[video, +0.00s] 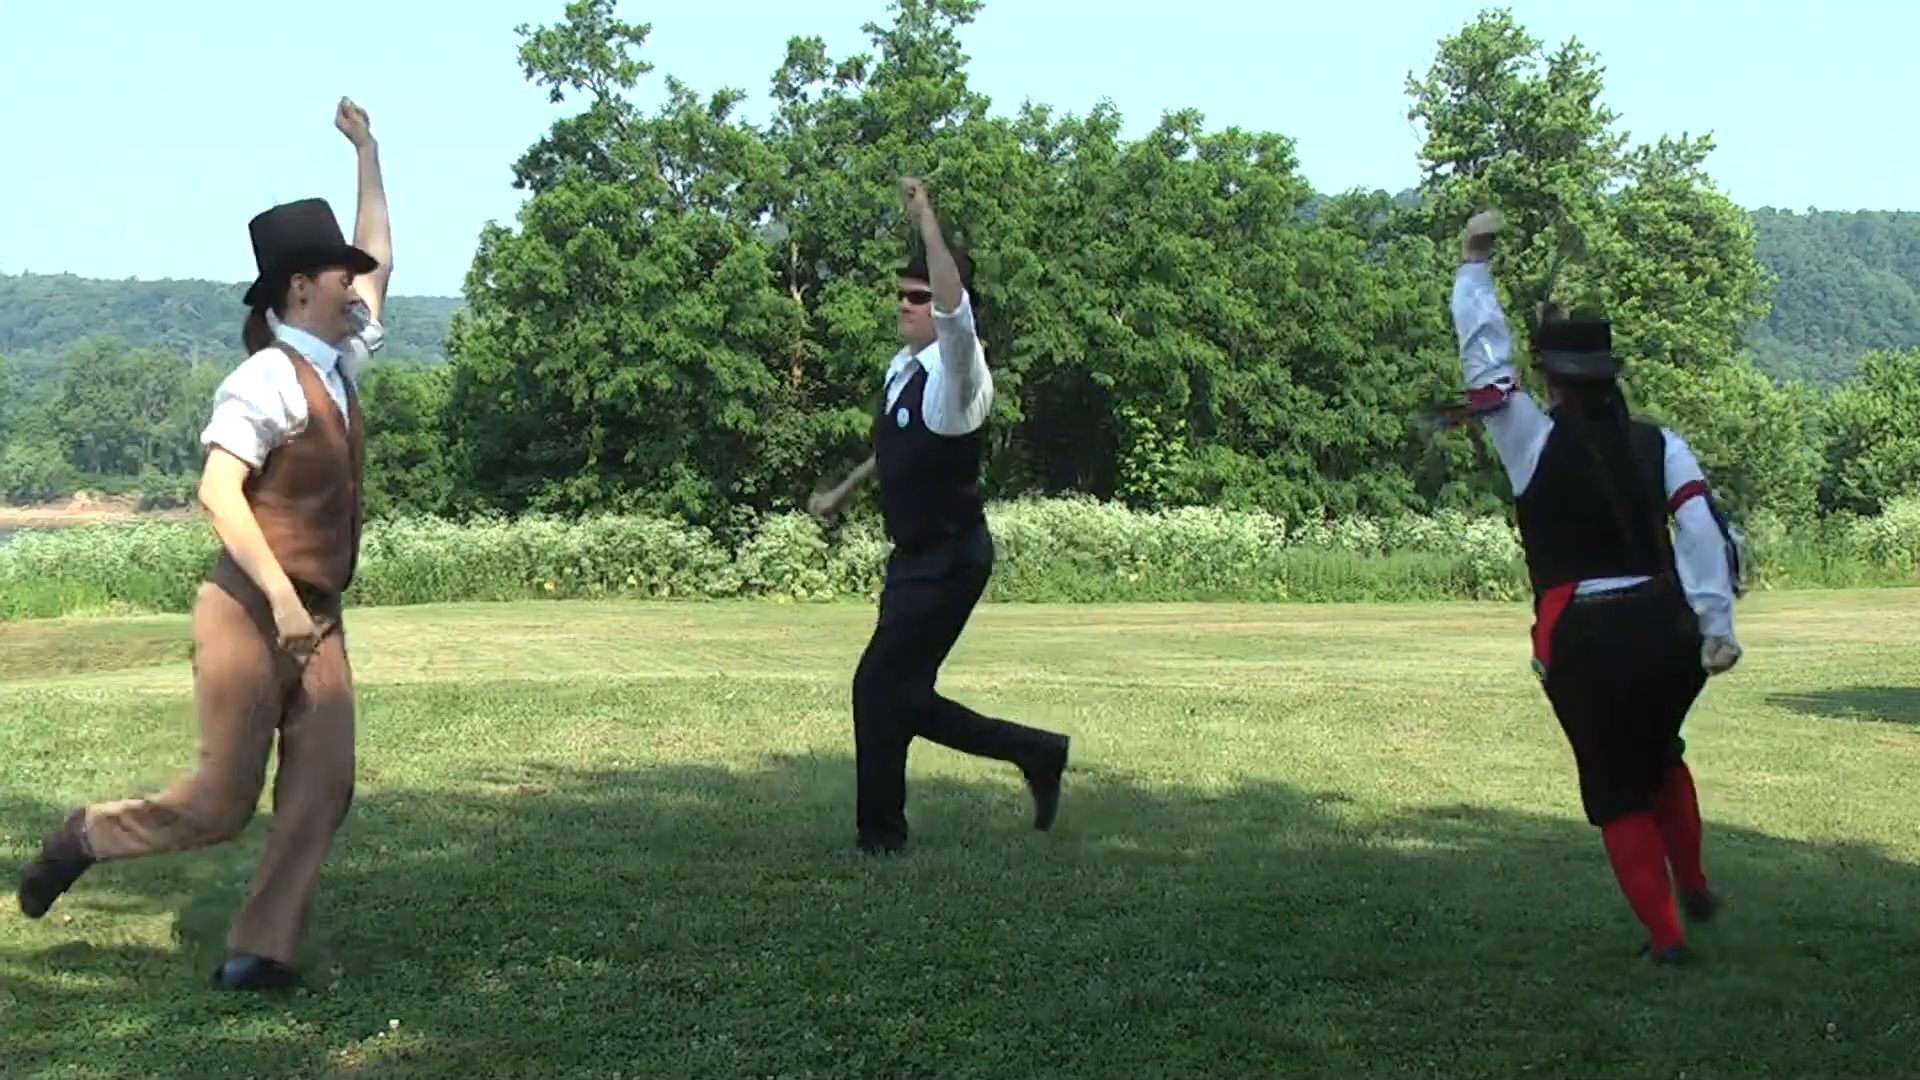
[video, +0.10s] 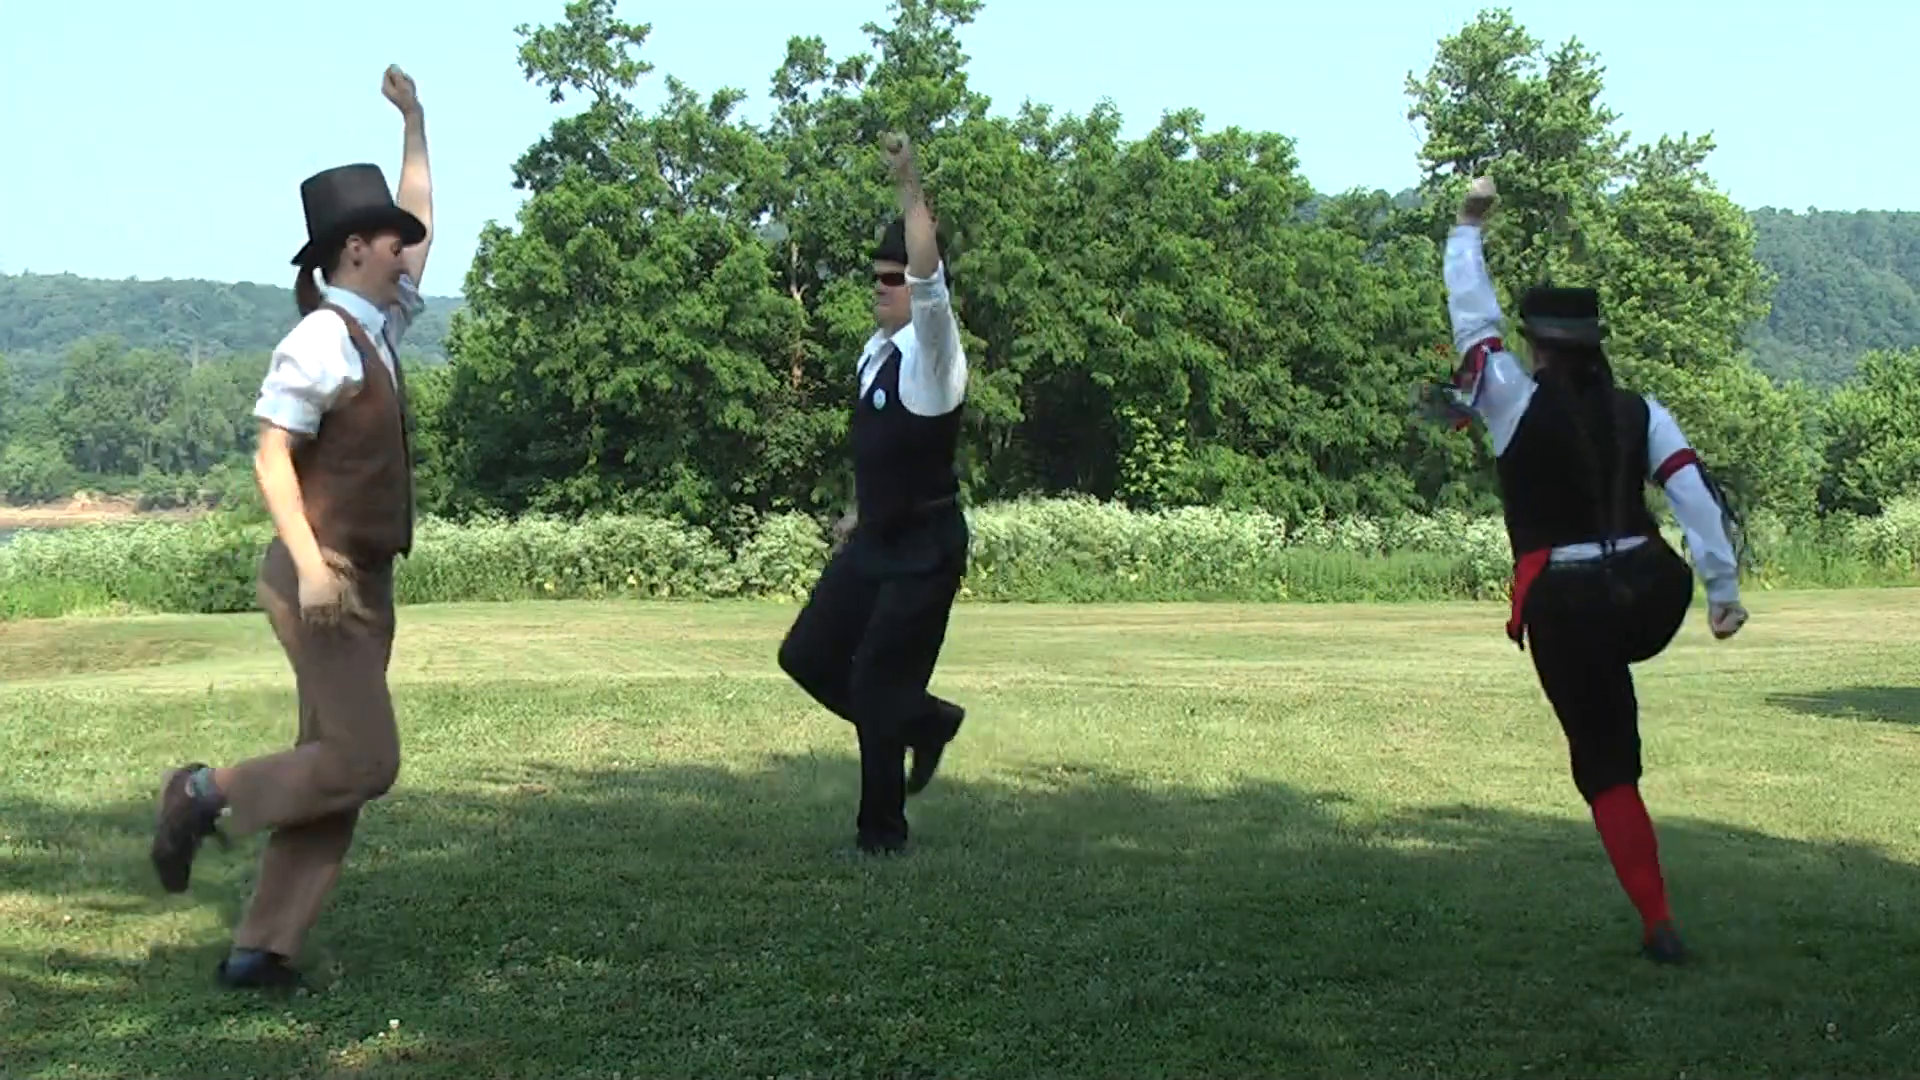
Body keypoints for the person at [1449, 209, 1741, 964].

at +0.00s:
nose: (1547, 391)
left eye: (1549, 381)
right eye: (1559, 378)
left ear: (1551, 389)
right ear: (1613, 382)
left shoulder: (1532, 443)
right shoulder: (1661, 444)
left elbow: (1486, 361)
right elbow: (1699, 526)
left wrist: (1473, 263)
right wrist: (1717, 618)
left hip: (1580, 634)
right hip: (1667, 624)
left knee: (1614, 784)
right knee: (1662, 750)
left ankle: (1667, 940)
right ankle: (1694, 888)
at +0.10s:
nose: (1531, 355)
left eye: (1535, 344)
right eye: (1543, 344)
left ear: (1538, 353)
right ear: (1598, 351)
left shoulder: (1513, 399)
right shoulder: (1642, 411)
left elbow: (1473, 318)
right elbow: (1694, 496)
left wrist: (1467, 227)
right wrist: (1723, 582)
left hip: (1561, 607)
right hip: (1651, 597)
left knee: (1604, 764)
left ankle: (1659, 926)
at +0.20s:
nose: (1504, 330)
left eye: (1510, 322)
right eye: (1512, 322)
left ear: (1519, 330)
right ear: (1575, 331)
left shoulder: (1497, 374)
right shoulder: (1620, 391)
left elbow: (1462, 291)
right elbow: (1671, 475)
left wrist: (1463, 199)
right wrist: (1705, 563)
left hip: (1539, 584)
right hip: (1625, 573)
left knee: (1572, 747)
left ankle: (1624, 897)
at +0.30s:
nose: (1478, 346)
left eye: (1484, 337)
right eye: (1485, 335)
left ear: (1499, 343)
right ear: (1552, 344)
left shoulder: (1478, 382)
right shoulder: (1591, 405)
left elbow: (1450, 294)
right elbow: (1643, 492)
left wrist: (1453, 212)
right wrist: (1674, 575)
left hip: (1521, 592)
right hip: (1603, 579)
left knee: (1544, 749)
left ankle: (1566, 900)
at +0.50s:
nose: (1438, 400)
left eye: (1443, 391)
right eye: (1442, 391)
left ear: (1457, 400)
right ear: (1498, 400)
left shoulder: (1448, 448)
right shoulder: (1531, 462)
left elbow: (1410, 360)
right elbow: (1572, 545)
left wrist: (1394, 277)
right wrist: (1593, 625)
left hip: (1494, 631)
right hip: (1550, 622)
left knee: (1483, 787)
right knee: (1414, 700)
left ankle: (1561, 916)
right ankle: (1447, 839)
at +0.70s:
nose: (1375, 362)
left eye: (1381, 355)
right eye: (1387, 354)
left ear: (1389, 360)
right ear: (1434, 364)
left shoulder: (1378, 398)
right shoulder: (1461, 428)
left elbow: (1358, 323)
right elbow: (1501, 509)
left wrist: (1353, 239)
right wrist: (1516, 587)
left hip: (1409, 598)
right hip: (1459, 594)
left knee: (1410, 763)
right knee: (1343, 702)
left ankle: (1506, 866)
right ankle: (1341, 844)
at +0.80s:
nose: (1338, 374)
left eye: (1345, 364)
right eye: (1354, 364)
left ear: (1356, 372)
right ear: (1398, 375)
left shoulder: (1354, 416)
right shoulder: (1410, 436)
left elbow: (1337, 338)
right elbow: (1450, 524)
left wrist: (1338, 259)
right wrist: (1478, 609)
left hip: (1368, 603)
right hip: (1413, 598)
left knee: (1318, 756)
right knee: (1334, 741)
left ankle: (1411, 870)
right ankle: (1349, 876)